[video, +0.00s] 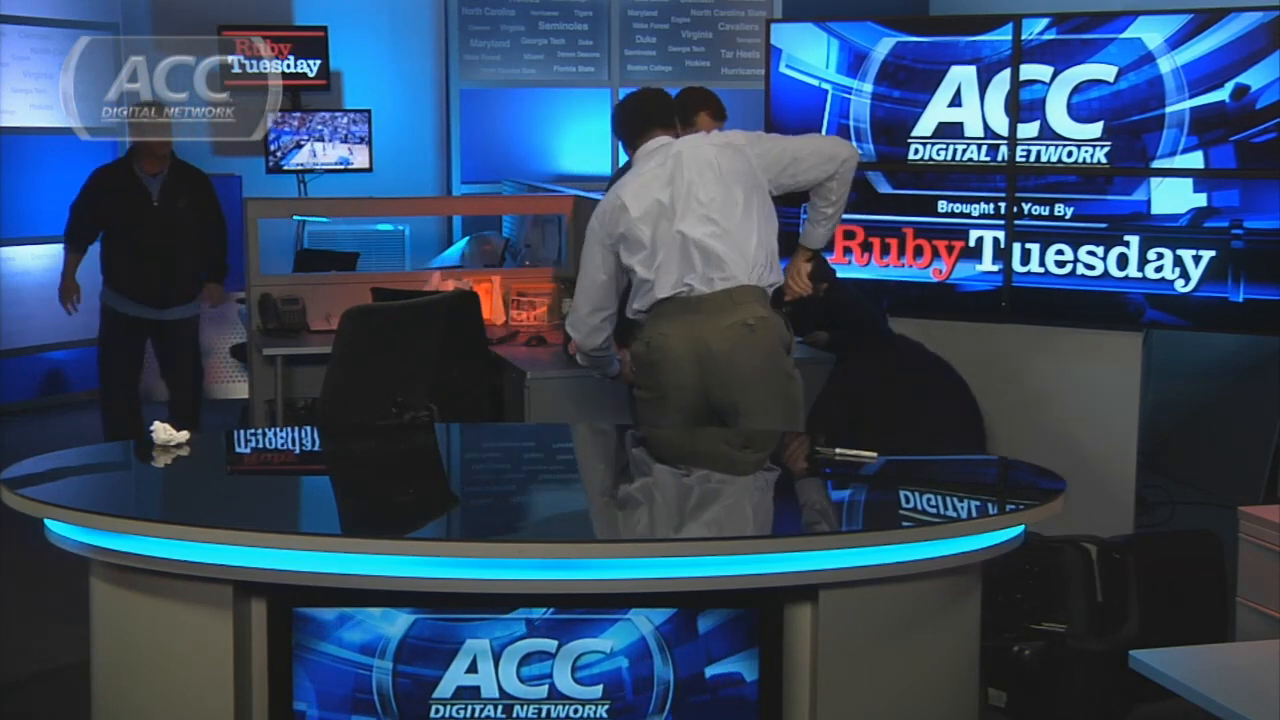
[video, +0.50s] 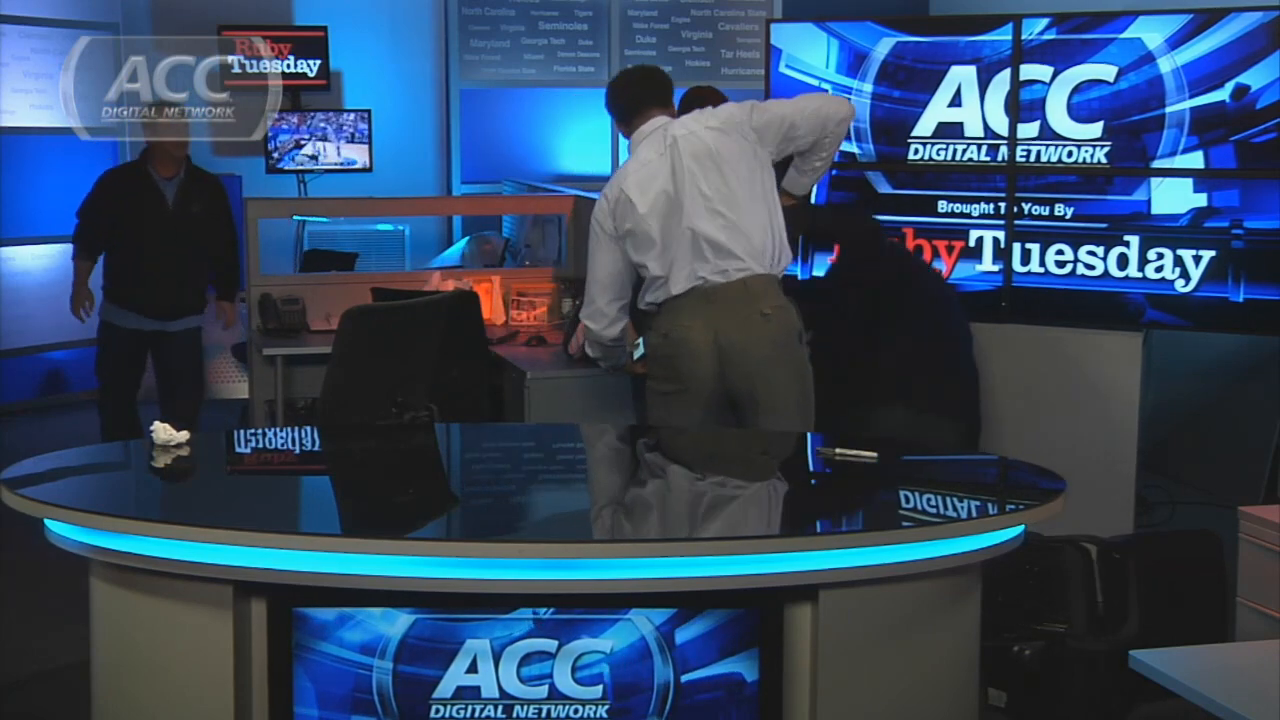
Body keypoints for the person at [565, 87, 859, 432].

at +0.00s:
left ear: (625, 143)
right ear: (677, 125)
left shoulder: (615, 203)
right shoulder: (734, 147)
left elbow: (587, 333)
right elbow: (840, 156)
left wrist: (614, 364)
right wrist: (806, 252)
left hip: (663, 337)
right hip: (748, 321)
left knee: (666, 479)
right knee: (744, 479)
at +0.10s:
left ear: (625, 147)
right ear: (678, 126)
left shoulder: (620, 203)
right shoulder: (738, 148)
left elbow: (589, 335)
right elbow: (840, 151)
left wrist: (616, 367)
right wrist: (805, 244)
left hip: (672, 338)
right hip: (757, 328)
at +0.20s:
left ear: (623, 149)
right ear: (677, 124)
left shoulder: (621, 204)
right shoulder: (739, 142)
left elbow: (594, 339)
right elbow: (838, 143)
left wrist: (614, 372)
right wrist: (800, 235)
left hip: (679, 336)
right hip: (764, 321)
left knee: (679, 480)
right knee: (760, 479)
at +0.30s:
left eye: (615, 142)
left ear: (619, 144)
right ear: (673, 120)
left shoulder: (620, 202)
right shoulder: (736, 136)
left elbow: (601, 335)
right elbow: (836, 132)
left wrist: (619, 372)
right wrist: (798, 216)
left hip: (685, 334)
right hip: (769, 319)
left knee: (683, 481)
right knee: (760, 483)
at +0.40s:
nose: (616, 140)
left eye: (613, 133)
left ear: (617, 135)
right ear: (669, 112)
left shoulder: (619, 199)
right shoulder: (733, 127)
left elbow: (603, 332)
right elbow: (835, 116)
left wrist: (622, 367)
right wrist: (793, 199)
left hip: (685, 330)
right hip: (767, 313)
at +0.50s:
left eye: (614, 125)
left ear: (619, 127)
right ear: (673, 105)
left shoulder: (617, 194)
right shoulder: (733, 122)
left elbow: (603, 324)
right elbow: (836, 111)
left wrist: (621, 360)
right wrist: (792, 189)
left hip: (679, 326)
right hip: (762, 310)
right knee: (765, 473)